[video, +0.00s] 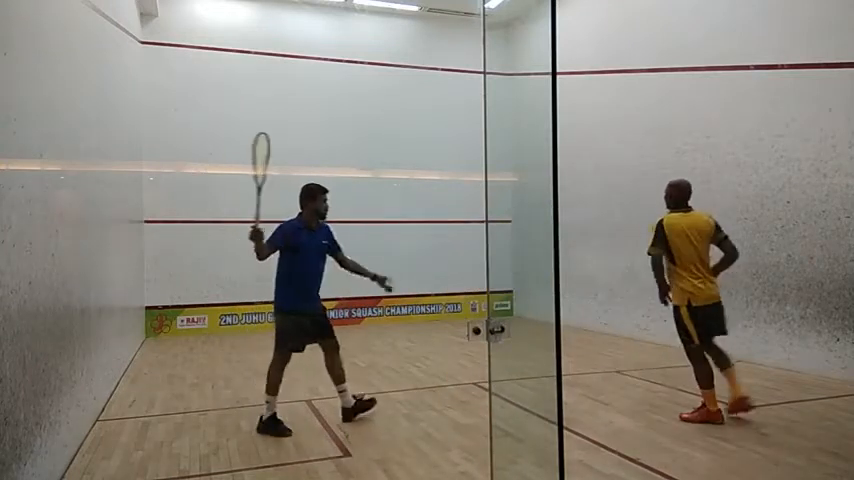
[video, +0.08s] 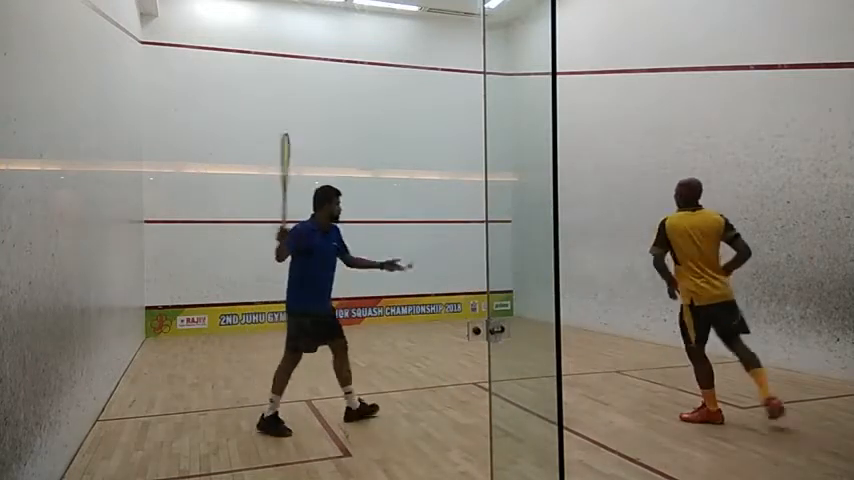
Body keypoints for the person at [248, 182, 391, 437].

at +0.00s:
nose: (327, 206)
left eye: (327, 201)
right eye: (323, 201)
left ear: (316, 204)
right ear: (307, 203)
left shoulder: (324, 232)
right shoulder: (288, 230)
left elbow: (344, 262)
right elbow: (263, 254)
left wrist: (374, 276)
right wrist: (258, 241)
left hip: (312, 304)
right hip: (288, 306)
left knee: (331, 348)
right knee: (281, 358)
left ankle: (348, 405)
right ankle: (268, 416)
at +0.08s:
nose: (340, 208)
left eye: (340, 204)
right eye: (337, 204)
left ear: (328, 206)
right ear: (324, 205)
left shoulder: (333, 232)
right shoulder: (301, 231)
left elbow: (350, 261)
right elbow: (280, 257)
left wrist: (382, 265)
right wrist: (283, 240)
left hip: (322, 307)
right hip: (300, 308)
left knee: (340, 348)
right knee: (291, 358)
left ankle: (352, 406)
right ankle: (269, 415)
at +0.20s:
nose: (353, 209)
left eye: (353, 205)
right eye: (350, 205)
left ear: (340, 207)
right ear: (337, 207)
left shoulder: (342, 232)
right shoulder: (317, 233)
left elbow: (350, 256)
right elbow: (310, 262)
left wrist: (381, 259)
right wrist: (316, 241)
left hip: (332, 304)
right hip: (316, 306)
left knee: (350, 347)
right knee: (306, 358)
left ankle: (355, 406)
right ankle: (275, 411)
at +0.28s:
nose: (365, 211)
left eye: (365, 206)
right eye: (362, 206)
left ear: (348, 207)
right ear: (351, 207)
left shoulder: (348, 232)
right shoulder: (335, 235)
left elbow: (351, 256)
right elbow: (343, 262)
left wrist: (369, 262)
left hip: (344, 304)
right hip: (330, 305)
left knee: (355, 348)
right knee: (333, 354)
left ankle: (355, 406)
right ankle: (288, 402)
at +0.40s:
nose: (377, 211)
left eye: (377, 207)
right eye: (375, 207)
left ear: (357, 207)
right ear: (364, 208)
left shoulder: (344, 228)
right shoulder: (354, 235)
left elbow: (342, 269)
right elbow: (379, 271)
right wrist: (404, 273)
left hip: (341, 302)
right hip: (347, 304)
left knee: (359, 351)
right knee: (354, 353)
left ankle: (356, 405)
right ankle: (310, 395)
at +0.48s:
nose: (388, 213)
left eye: (388, 208)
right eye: (386, 208)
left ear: (365, 207)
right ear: (377, 208)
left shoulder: (345, 227)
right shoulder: (377, 242)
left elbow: (334, 257)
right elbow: (386, 275)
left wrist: (358, 264)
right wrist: (407, 285)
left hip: (342, 303)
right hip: (363, 305)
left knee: (361, 350)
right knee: (375, 351)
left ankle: (355, 405)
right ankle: (340, 395)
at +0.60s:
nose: (397, 211)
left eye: (396, 206)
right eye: (395, 206)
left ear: (375, 205)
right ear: (390, 207)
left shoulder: (354, 225)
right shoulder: (393, 239)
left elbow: (337, 256)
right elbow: (388, 274)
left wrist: (341, 277)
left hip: (352, 302)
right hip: (377, 303)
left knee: (363, 349)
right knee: (391, 346)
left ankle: (357, 402)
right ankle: (372, 395)